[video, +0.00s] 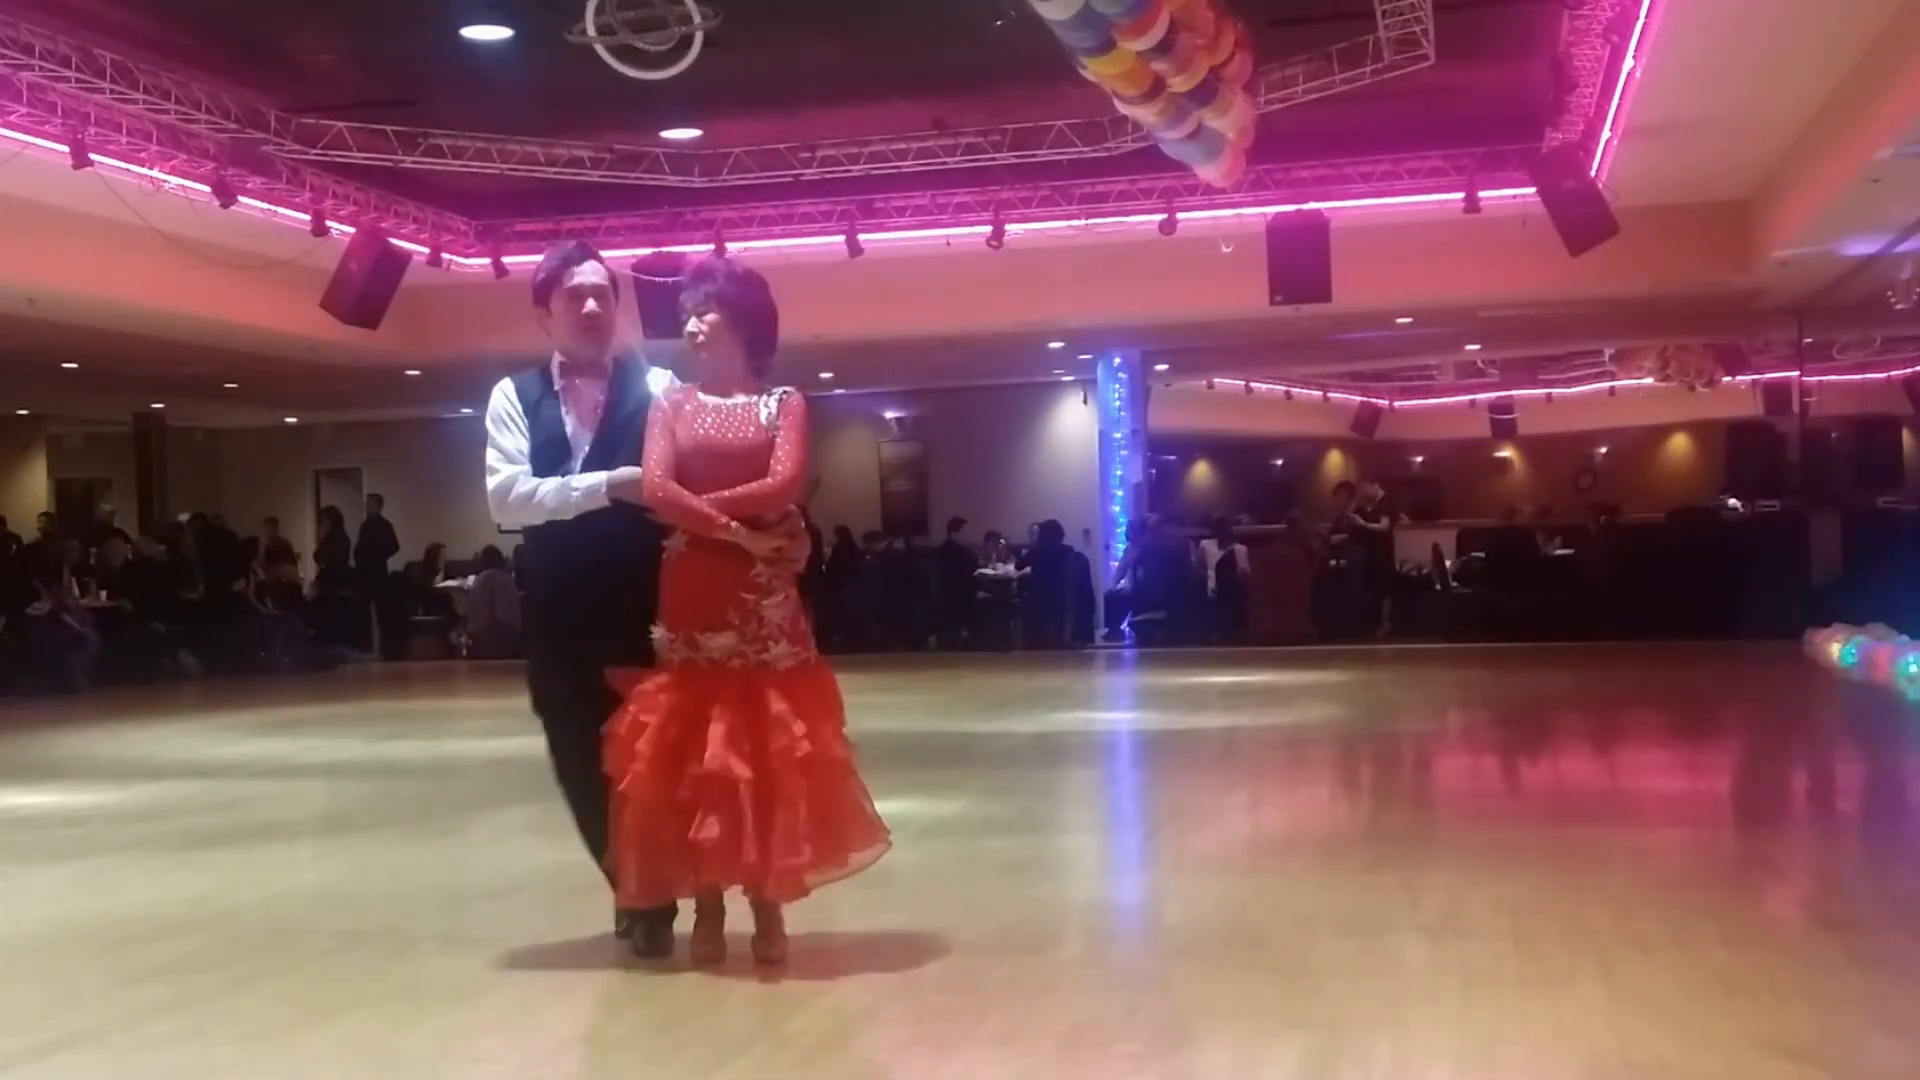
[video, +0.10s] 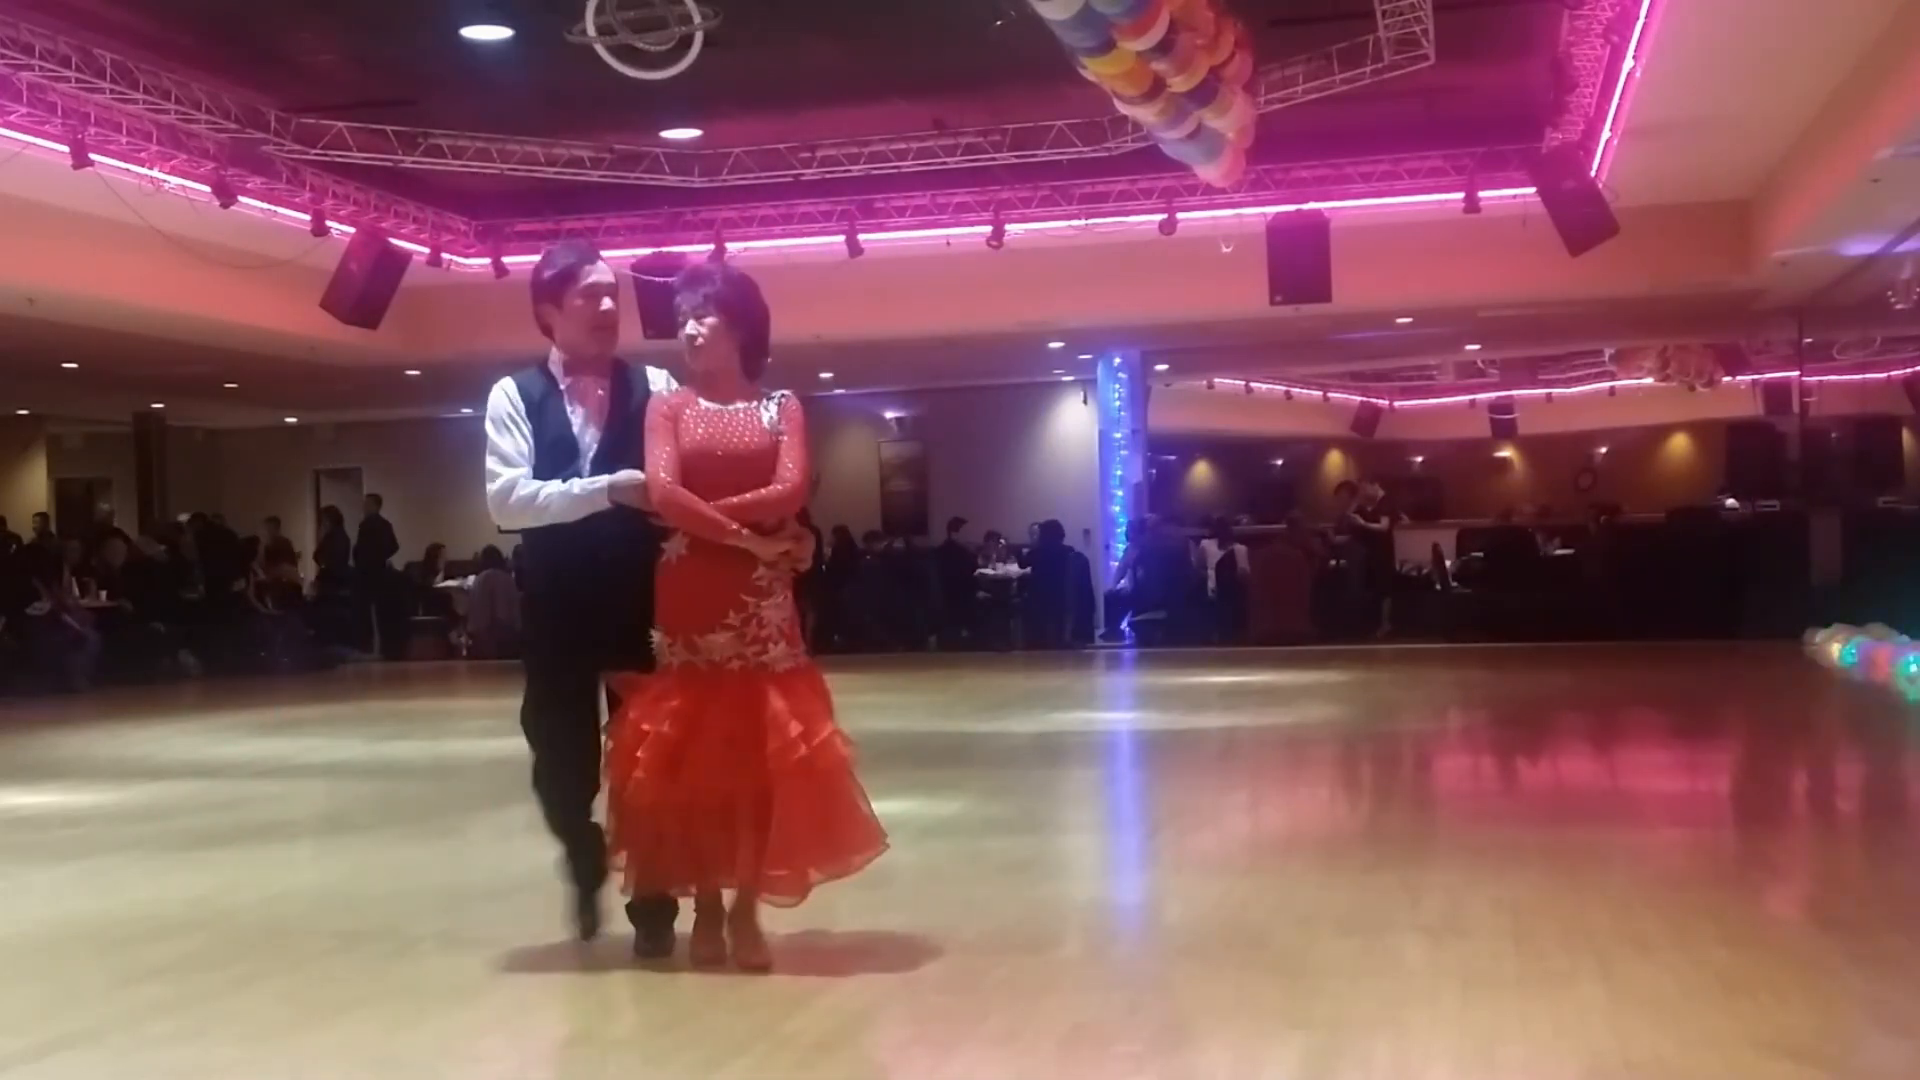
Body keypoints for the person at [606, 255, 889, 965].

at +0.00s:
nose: (696, 325)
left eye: (710, 312)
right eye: (690, 315)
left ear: (749, 322)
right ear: (687, 329)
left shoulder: (783, 403)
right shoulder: (672, 404)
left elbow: (786, 483)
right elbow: (654, 488)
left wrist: (697, 506)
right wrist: (745, 534)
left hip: (764, 590)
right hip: (691, 591)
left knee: (767, 744)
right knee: (697, 748)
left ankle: (766, 901)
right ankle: (706, 900)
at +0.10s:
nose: (695, 327)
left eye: (709, 314)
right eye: (687, 317)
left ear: (745, 327)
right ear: (680, 334)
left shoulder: (781, 406)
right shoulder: (668, 405)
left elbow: (789, 489)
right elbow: (662, 494)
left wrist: (695, 511)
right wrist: (755, 541)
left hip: (763, 591)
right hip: (690, 592)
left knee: (761, 748)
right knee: (698, 750)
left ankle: (746, 911)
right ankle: (704, 906)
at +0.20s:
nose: (697, 335)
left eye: (710, 321)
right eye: (684, 325)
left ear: (742, 331)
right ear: (672, 340)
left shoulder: (776, 410)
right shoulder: (667, 404)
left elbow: (799, 490)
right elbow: (674, 493)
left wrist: (705, 512)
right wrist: (760, 536)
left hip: (754, 592)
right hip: (685, 593)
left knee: (757, 751)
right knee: (692, 752)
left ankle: (740, 913)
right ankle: (692, 909)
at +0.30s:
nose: (709, 337)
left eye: (719, 326)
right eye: (694, 327)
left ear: (736, 339)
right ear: (669, 340)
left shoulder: (754, 420)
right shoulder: (662, 409)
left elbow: (793, 498)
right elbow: (698, 492)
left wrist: (729, 513)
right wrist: (761, 536)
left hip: (744, 586)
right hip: (681, 587)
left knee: (758, 745)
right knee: (689, 746)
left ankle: (738, 909)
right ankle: (649, 888)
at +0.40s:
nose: (717, 332)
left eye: (719, 318)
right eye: (703, 318)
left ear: (715, 323)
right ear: (662, 326)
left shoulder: (707, 405)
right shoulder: (662, 402)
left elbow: (769, 496)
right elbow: (727, 492)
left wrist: (721, 509)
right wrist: (760, 514)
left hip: (720, 593)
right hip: (676, 594)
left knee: (744, 752)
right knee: (680, 758)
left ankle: (735, 910)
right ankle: (622, 903)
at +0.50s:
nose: (710, 331)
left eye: (706, 316)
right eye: (700, 318)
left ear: (638, 329)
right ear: (670, 324)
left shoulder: (646, 396)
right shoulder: (673, 394)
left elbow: (686, 484)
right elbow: (740, 484)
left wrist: (720, 522)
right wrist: (726, 530)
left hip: (666, 580)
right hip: (681, 583)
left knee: (711, 751)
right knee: (673, 761)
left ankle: (709, 909)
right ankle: (616, 929)